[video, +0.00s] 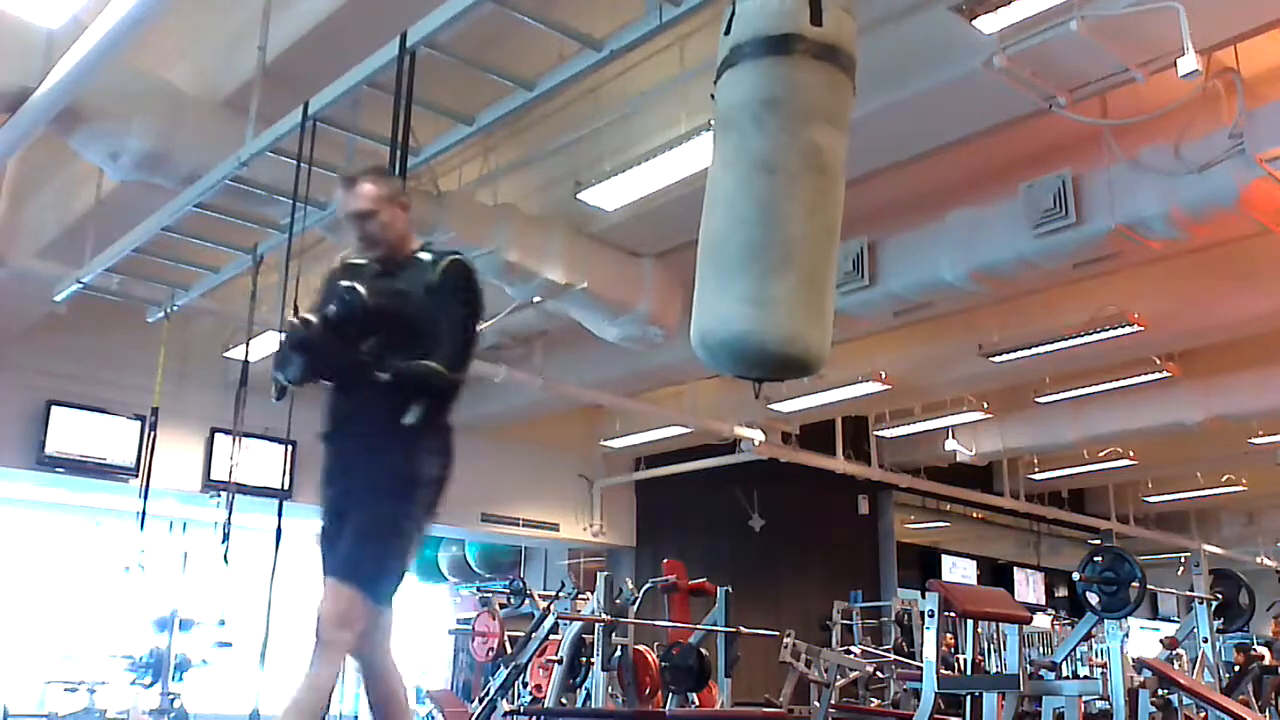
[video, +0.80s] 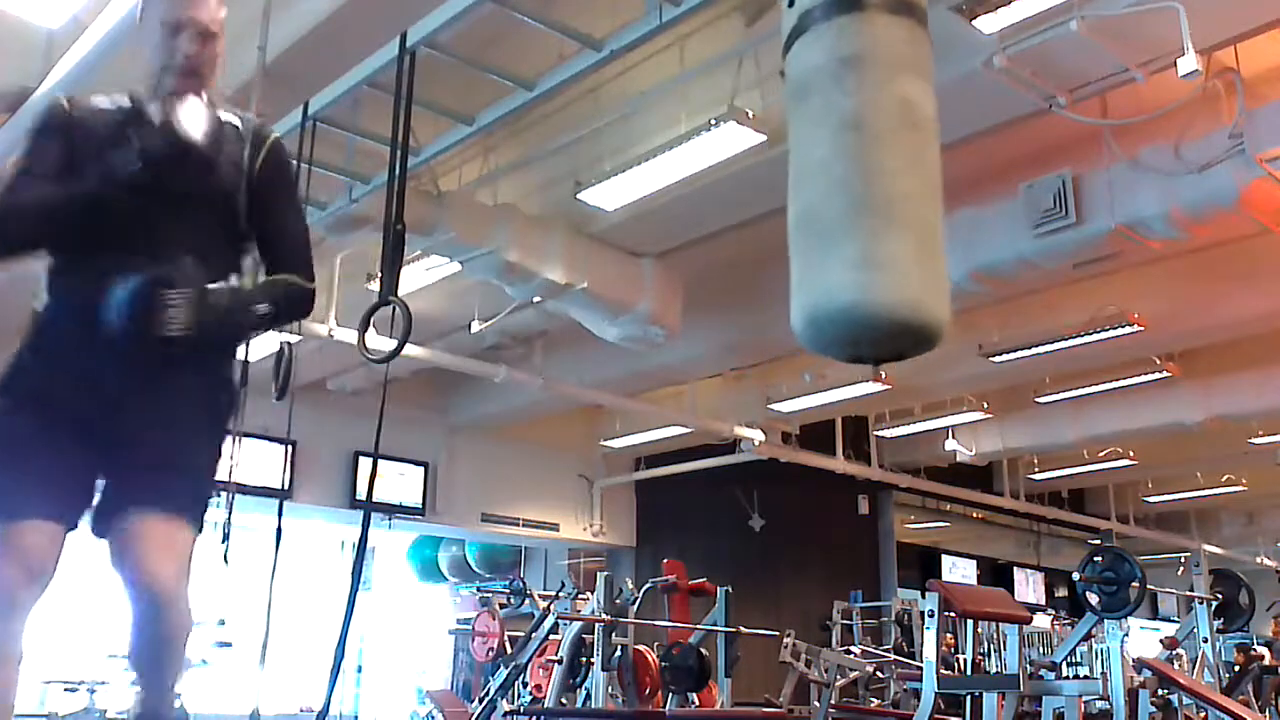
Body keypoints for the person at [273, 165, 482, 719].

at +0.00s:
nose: (361, 229)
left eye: (371, 215)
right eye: (352, 219)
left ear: (403, 210)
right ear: (346, 223)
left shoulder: (448, 274)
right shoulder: (345, 279)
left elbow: (445, 375)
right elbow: (317, 358)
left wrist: (364, 365)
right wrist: (309, 344)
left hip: (407, 458)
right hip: (348, 456)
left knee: (335, 624)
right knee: (371, 641)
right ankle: (404, 717)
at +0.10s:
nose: (324, 222)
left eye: (334, 207)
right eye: (316, 212)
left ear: (369, 199)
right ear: (311, 216)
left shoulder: (419, 271)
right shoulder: (314, 273)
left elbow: (409, 380)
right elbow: (280, 360)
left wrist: (317, 359)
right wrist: (272, 336)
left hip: (364, 461)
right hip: (307, 456)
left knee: (288, 622)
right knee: (306, 637)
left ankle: (262, 714)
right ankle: (357, 712)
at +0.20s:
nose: (293, 203)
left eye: (303, 189)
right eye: (285, 194)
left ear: (338, 183)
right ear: (279, 201)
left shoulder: (388, 254)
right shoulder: (277, 258)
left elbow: (377, 362)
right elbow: (220, 355)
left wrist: (281, 338)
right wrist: (242, 308)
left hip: (335, 450)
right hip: (272, 446)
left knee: (253, 610)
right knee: (219, 629)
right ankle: (291, 710)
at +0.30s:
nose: (270, 178)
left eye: (278, 162)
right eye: (259, 170)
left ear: (311, 153)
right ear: (253, 176)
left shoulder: (366, 237)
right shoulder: (245, 241)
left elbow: (357, 335)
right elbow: (194, 334)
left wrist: (257, 284)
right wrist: (246, 289)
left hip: (306, 450)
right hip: (234, 436)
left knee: (244, 628)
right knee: (148, 589)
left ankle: (232, 717)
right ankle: (202, 705)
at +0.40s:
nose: (248, 154)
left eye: (258, 138)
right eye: (235, 144)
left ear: (290, 131)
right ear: (223, 149)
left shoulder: (338, 205)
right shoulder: (208, 213)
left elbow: (350, 297)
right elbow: (167, 316)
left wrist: (258, 275)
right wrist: (215, 265)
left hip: (285, 426)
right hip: (200, 415)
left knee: (241, 621)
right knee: (112, 566)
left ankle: (234, 715)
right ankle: (103, 712)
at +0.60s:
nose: (197, 113)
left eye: (211, 98)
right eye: (183, 100)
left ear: (248, 103)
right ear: (170, 109)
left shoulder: (286, 179)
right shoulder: (142, 189)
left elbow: (307, 284)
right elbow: (90, 293)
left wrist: (199, 262)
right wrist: (137, 243)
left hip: (230, 424)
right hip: (132, 408)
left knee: (208, 628)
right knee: (59, 592)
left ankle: (215, 718)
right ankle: (19, 712)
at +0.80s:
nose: (190, 47)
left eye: (206, 35)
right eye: (176, 30)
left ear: (225, 46)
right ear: (149, 32)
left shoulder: (254, 149)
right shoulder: (79, 121)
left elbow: (297, 288)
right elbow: (7, 224)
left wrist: (219, 311)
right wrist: (118, 178)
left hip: (179, 391)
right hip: (64, 372)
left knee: (158, 572)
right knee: (22, 561)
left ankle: (157, 706)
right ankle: (2, 702)